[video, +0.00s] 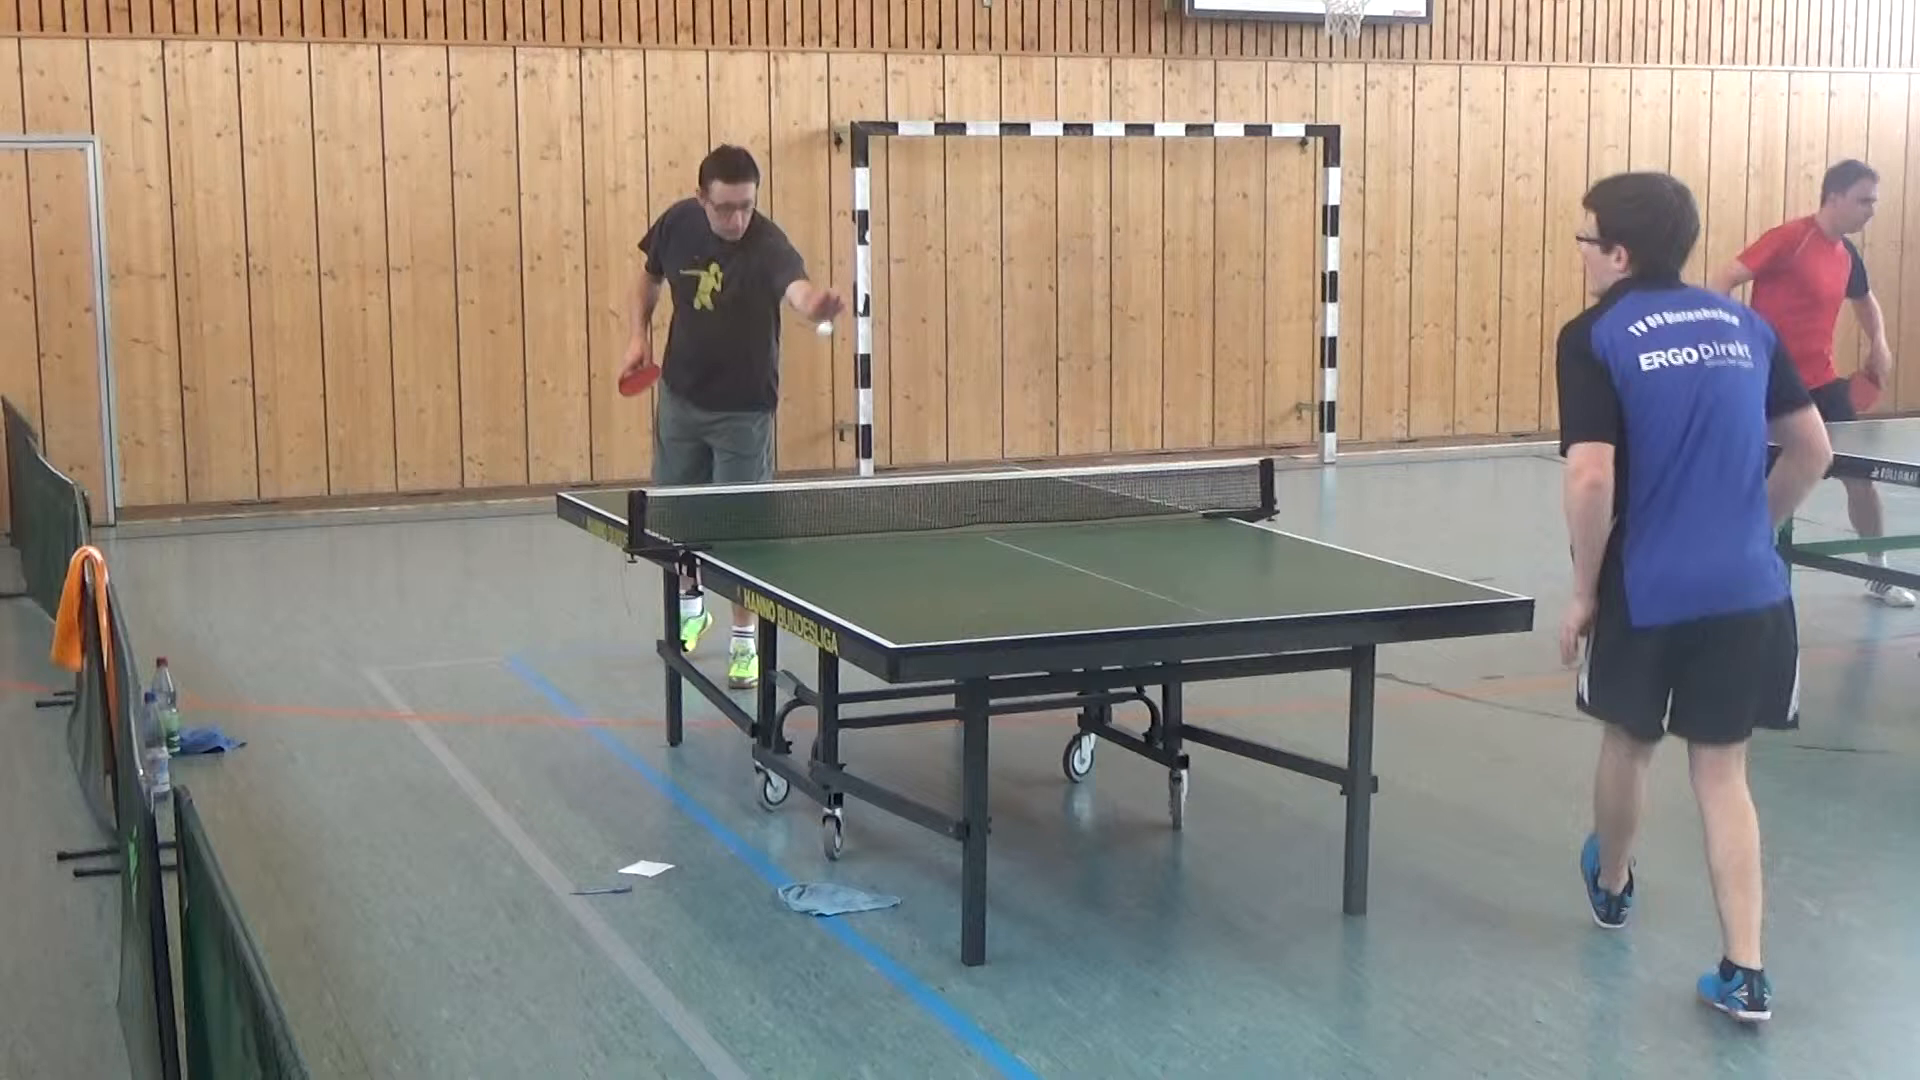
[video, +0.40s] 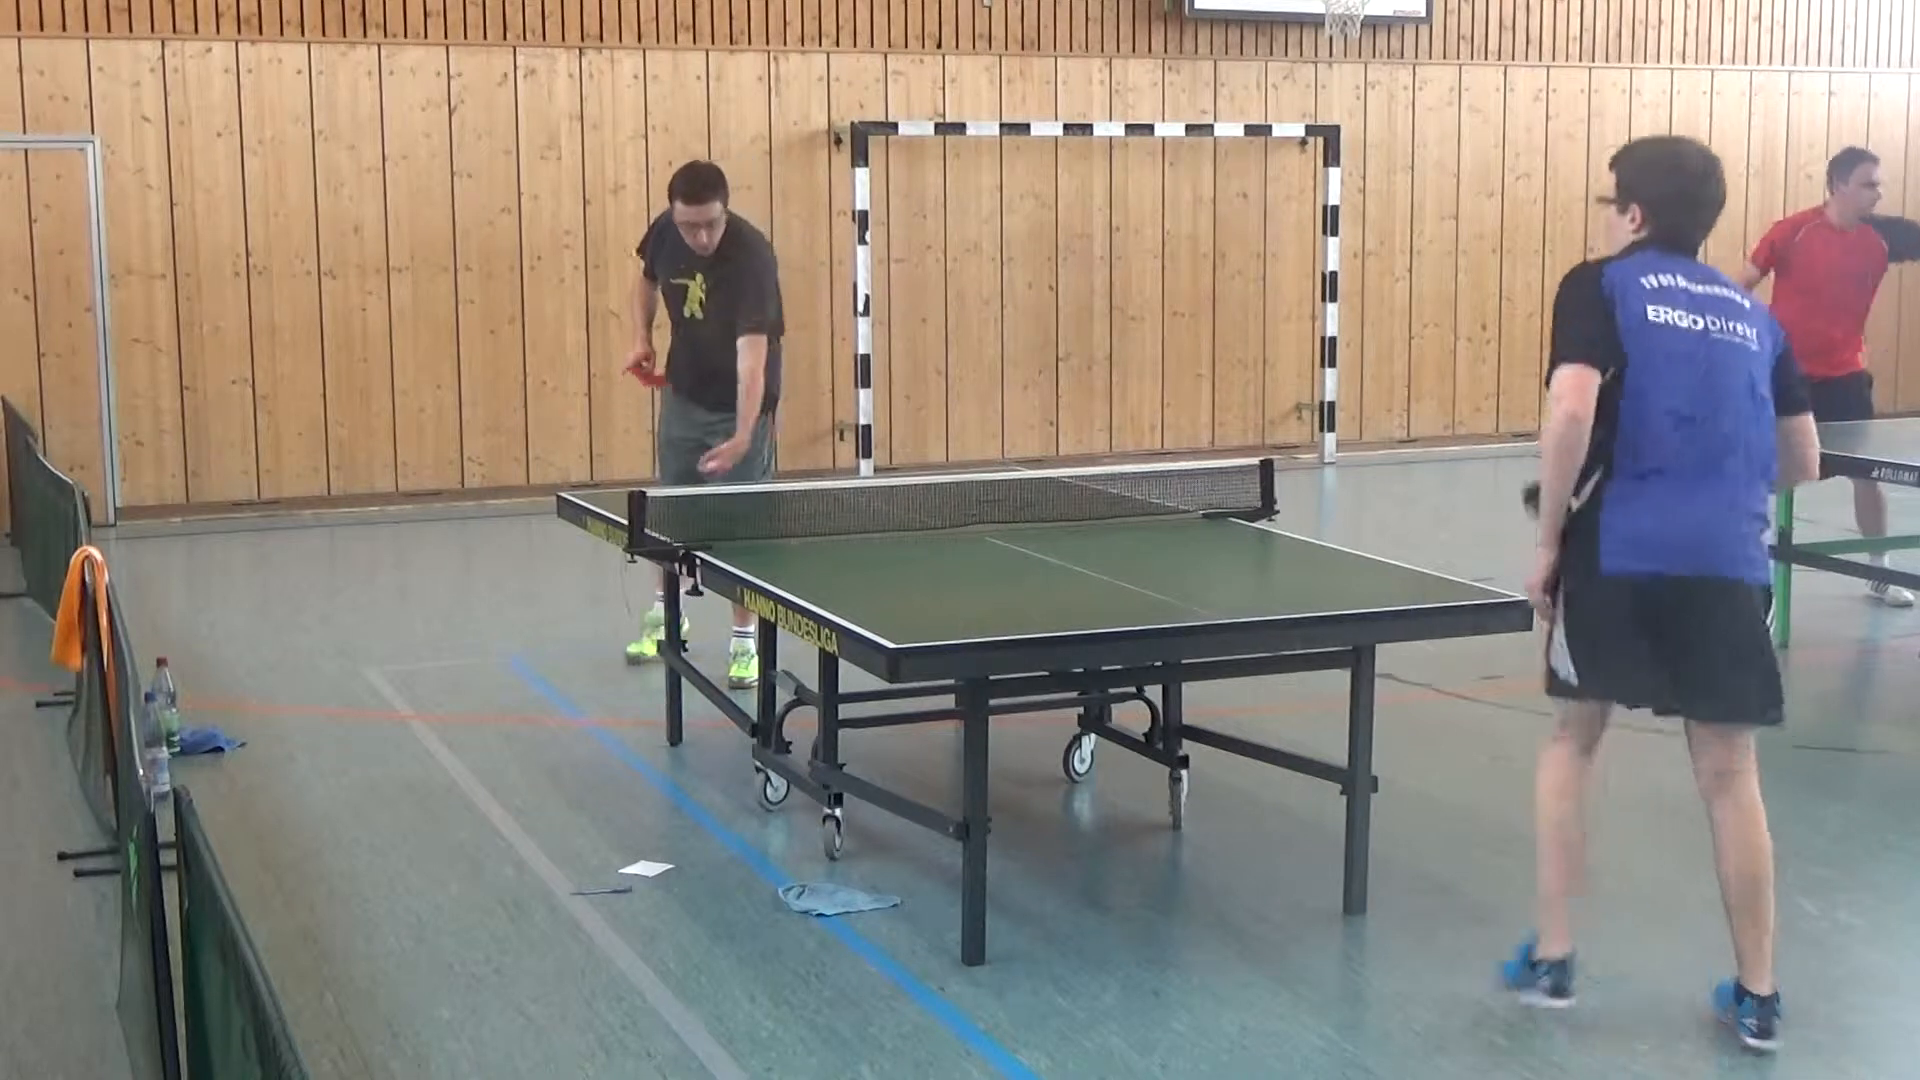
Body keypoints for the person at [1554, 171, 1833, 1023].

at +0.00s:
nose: (1579, 254)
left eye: (1588, 243)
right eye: (1582, 239)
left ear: (1624, 251)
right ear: (1672, 248)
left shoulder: (1591, 337)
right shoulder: (1747, 324)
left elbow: (1592, 475)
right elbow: (1811, 449)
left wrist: (1583, 590)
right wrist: (1754, 524)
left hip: (1646, 591)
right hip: (1747, 588)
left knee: (1627, 742)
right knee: (1724, 769)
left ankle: (1611, 882)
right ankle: (1746, 972)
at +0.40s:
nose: (1605, 220)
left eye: (1611, 207)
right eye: (1610, 205)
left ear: (1634, 214)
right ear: (1703, 218)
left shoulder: (1597, 285)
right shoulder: (1756, 311)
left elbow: (1573, 409)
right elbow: (1803, 461)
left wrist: (1548, 534)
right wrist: (1723, 473)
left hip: (1618, 562)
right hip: (1727, 572)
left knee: (1571, 742)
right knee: (1732, 776)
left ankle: (1552, 956)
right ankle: (1758, 996)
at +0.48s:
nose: (1591, 223)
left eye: (1598, 209)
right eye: (1595, 207)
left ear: (1626, 218)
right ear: (1694, 223)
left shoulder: (1585, 296)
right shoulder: (1753, 321)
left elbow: (1555, 425)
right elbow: (1784, 474)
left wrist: (1519, 566)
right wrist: (1696, 460)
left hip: (1605, 583)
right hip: (1720, 597)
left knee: (1525, 771)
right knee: (1733, 802)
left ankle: (1484, 994)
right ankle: (1787, 1027)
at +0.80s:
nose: (1465, 298)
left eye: (1471, 285)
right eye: (1471, 283)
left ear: (1492, 301)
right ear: (1566, 311)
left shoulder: (1445, 386)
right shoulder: (1609, 420)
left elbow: (1386, 546)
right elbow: (1639, 591)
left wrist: (1361, 671)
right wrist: (1542, 554)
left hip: (1455, 695)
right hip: (1567, 703)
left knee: (1347, 880)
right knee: (1591, 837)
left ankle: (1371, 1073)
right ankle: (1740, 1016)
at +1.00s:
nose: (1384, 275)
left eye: (1390, 263)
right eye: (1392, 260)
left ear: (1409, 274)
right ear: (1487, 286)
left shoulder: (1358, 358)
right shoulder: (1540, 390)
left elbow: (1299, 514)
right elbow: (1577, 561)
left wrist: (1281, 640)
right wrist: (1497, 543)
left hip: (1391, 665)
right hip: (1508, 666)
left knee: (1345, 875)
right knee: (1483, 812)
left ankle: (1369, 1070)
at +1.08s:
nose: (1369, 264)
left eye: (1375, 252)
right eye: (1376, 249)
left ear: (1393, 263)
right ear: (1471, 271)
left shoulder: (1346, 341)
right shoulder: (1527, 376)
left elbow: (1295, 486)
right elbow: (1562, 546)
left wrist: (1274, 626)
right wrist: (1479, 534)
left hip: (1371, 651)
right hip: (1485, 654)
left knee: (1329, 862)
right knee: (1448, 817)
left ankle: (1364, 1070)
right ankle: (1445, 1027)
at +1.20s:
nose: (1346, 267)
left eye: (1352, 254)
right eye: (1352, 252)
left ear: (1371, 265)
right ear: (1449, 275)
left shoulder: (1334, 338)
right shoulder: (1503, 378)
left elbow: (1301, 482)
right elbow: (1538, 542)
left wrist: (1283, 626)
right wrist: (1446, 526)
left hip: (1353, 643)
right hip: (1461, 651)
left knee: (1248, 834)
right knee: (1417, 818)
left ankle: (1297, 1058)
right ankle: (1444, 1024)